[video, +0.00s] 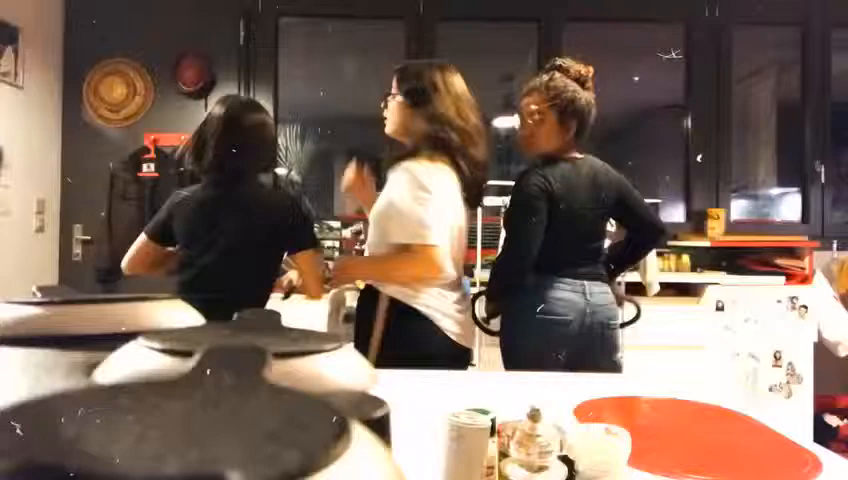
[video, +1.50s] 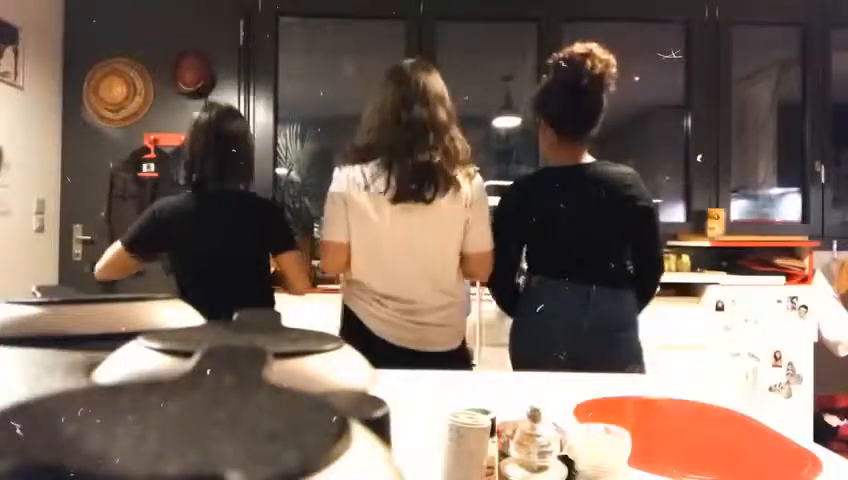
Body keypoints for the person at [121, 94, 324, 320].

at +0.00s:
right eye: (271, 137)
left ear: (205, 144)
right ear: (264, 146)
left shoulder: (183, 202)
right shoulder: (284, 207)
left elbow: (133, 264)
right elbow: (314, 288)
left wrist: (190, 258)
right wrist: (293, 278)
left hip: (186, 340)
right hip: (249, 342)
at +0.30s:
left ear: (220, 147)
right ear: (272, 147)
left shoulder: (197, 199)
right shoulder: (289, 201)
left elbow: (137, 250)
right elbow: (319, 280)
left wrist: (178, 254)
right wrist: (285, 284)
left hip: (211, 330)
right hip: (270, 331)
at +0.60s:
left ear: (208, 143)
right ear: (265, 142)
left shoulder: (184, 198)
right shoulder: (285, 203)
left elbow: (120, 243)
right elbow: (309, 281)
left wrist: (183, 241)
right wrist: (273, 271)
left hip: (200, 340)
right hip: (264, 342)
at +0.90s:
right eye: (258, 139)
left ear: (201, 150)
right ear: (256, 151)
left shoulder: (179, 205)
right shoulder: (277, 208)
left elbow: (107, 253)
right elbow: (306, 282)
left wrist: (161, 247)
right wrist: (274, 267)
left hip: (197, 344)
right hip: (263, 345)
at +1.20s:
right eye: (251, 140)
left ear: (195, 150)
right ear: (249, 150)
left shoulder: (171, 208)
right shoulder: (269, 208)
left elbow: (102, 255)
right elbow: (304, 283)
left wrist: (157, 248)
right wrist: (269, 272)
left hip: (197, 342)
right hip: (259, 342)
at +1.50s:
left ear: (192, 156)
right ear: (245, 155)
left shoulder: (169, 213)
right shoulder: (265, 212)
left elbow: (104, 270)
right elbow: (301, 285)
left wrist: (153, 252)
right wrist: (271, 270)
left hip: (200, 344)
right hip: (261, 345)